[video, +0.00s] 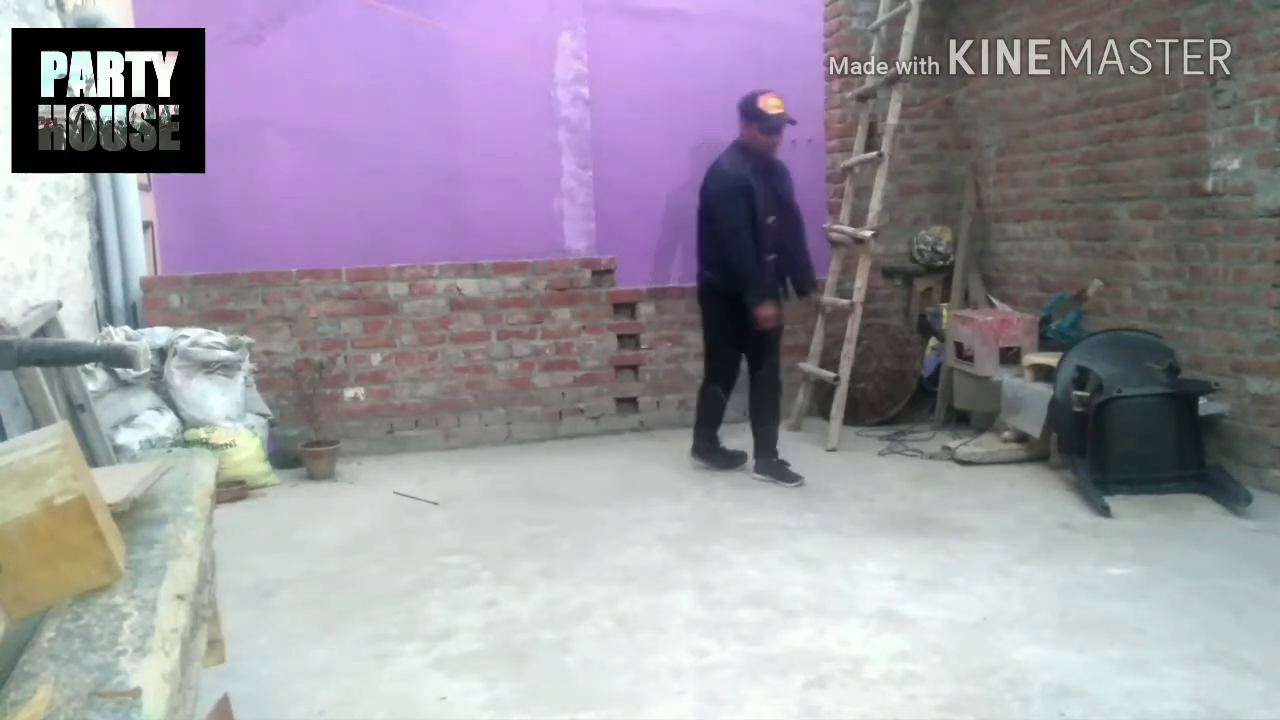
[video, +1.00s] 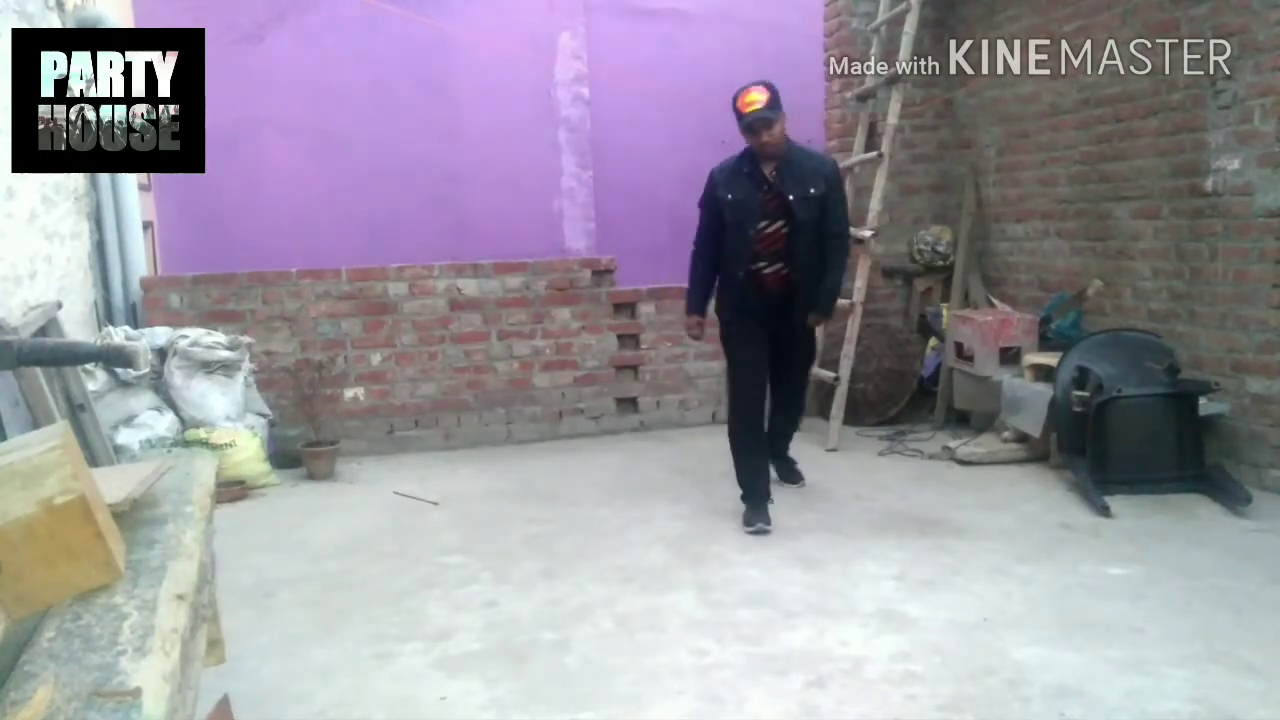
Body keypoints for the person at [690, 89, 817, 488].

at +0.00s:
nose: (776, 138)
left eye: (779, 130)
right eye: (768, 130)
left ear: (783, 128)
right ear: (746, 128)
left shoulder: (774, 170)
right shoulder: (727, 175)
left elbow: (790, 228)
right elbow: (735, 244)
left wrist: (805, 280)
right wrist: (758, 297)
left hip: (763, 286)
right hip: (723, 290)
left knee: (766, 373)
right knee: (721, 371)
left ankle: (766, 455)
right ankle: (704, 443)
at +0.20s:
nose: (788, 138)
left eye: (793, 130)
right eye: (779, 130)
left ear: (799, 127)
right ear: (759, 125)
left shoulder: (799, 171)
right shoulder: (729, 172)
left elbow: (807, 233)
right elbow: (710, 239)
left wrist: (808, 289)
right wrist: (712, 298)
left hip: (784, 292)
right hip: (740, 292)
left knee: (780, 376)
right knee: (739, 370)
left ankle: (769, 454)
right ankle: (727, 426)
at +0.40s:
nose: (787, 136)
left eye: (793, 127)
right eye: (778, 127)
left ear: (801, 123)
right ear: (760, 124)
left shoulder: (810, 168)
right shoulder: (728, 169)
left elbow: (819, 232)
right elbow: (698, 229)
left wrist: (815, 288)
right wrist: (685, 285)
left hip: (791, 295)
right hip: (742, 295)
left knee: (789, 379)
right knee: (743, 373)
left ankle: (772, 454)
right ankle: (743, 439)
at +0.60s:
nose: (779, 131)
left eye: (786, 122)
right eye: (770, 123)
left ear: (797, 119)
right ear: (756, 122)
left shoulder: (819, 163)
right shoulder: (726, 166)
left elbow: (835, 229)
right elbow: (699, 224)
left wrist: (828, 286)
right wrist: (677, 278)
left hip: (797, 295)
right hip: (743, 294)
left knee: (791, 380)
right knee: (745, 382)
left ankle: (775, 452)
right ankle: (750, 476)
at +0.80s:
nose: (771, 135)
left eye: (778, 125)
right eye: (762, 127)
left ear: (791, 121)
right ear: (749, 128)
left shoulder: (821, 169)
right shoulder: (726, 174)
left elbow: (841, 234)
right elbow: (703, 235)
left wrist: (831, 290)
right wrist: (685, 290)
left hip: (797, 302)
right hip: (744, 301)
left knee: (785, 384)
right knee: (749, 389)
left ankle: (775, 454)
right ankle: (751, 486)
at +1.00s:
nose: (764, 137)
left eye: (769, 126)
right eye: (753, 130)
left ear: (784, 120)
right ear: (742, 133)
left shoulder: (821, 172)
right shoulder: (724, 179)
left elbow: (836, 241)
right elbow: (707, 244)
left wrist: (826, 300)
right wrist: (696, 303)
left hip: (798, 307)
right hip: (742, 308)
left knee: (792, 389)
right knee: (747, 398)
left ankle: (778, 449)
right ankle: (755, 497)